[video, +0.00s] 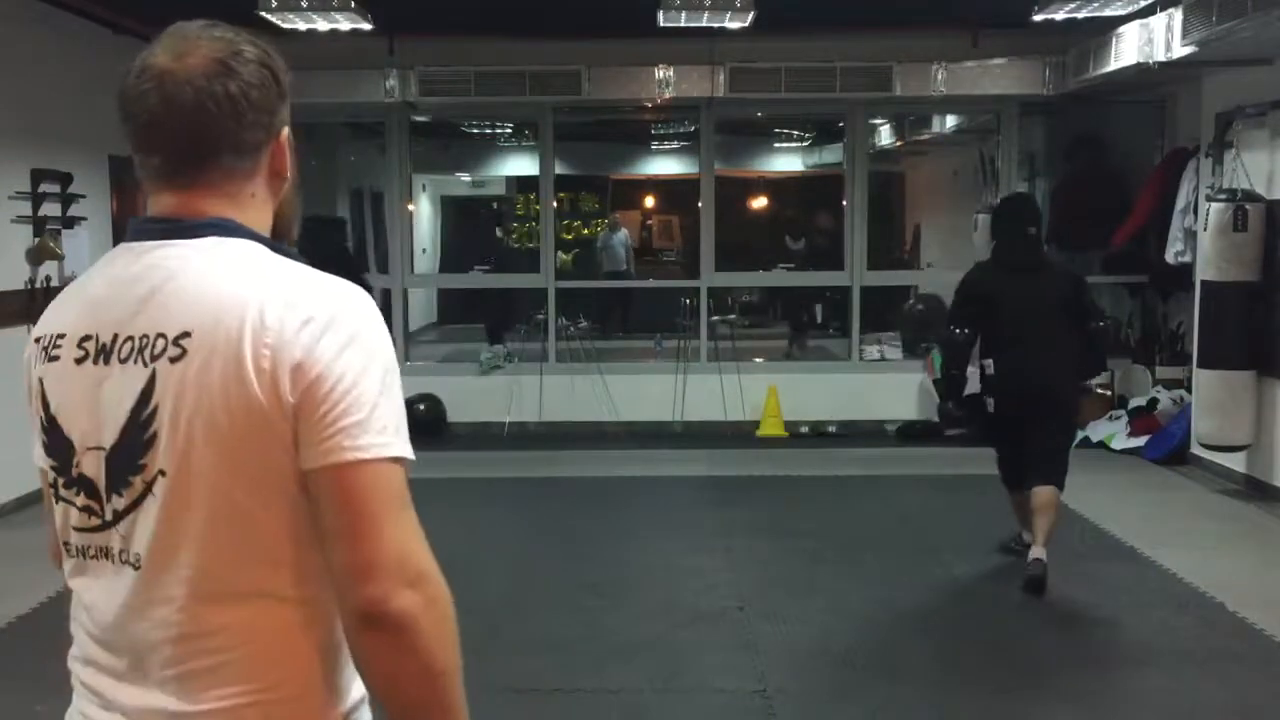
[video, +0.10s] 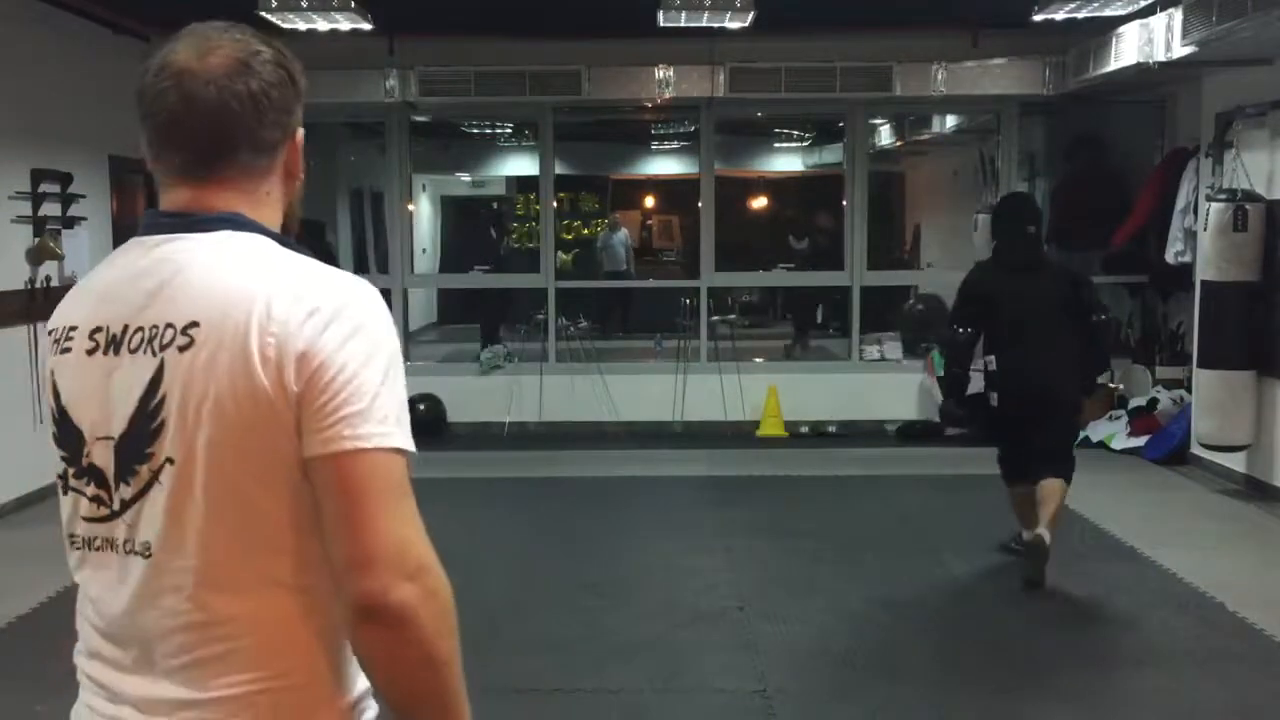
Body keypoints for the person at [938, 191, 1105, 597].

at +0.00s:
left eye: (1002, 228)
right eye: (1031, 228)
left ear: (997, 231)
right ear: (1037, 230)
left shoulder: (981, 278)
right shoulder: (1064, 276)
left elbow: (957, 342)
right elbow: (1093, 334)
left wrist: (954, 393)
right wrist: (1077, 373)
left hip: (1007, 385)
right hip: (1057, 385)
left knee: (1013, 465)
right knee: (1048, 468)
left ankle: (1029, 537)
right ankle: (1039, 550)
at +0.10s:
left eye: (1000, 228)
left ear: (997, 230)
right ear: (1038, 228)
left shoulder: (983, 277)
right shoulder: (1064, 274)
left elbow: (959, 340)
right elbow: (1096, 329)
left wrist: (956, 393)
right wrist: (1087, 376)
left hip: (1010, 382)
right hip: (1060, 382)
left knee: (1015, 460)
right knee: (1058, 459)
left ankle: (1029, 537)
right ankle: (1043, 529)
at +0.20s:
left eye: (1000, 225)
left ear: (1000, 227)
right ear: (1041, 224)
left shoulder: (985, 274)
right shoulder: (1068, 269)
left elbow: (964, 337)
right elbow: (1102, 324)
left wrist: (960, 391)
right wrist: (1088, 377)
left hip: (1012, 379)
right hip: (1058, 378)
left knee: (1015, 455)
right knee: (1063, 453)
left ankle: (1027, 535)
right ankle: (1049, 513)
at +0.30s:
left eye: (1002, 219)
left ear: (1002, 223)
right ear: (1044, 220)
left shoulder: (989, 269)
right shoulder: (1068, 262)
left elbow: (972, 330)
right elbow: (1097, 316)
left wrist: (969, 384)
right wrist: (1094, 367)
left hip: (1015, 373)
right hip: (1063, 370)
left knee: (1015, 453)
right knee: (1064, 439)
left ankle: (1029, 535)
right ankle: (1058, 512)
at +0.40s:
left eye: (1007, 220)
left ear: (1009, 221)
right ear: (1051, 217)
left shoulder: (999, 267)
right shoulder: (1074, 260)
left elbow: (977, 326)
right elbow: (1103, 314)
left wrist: (982, 371)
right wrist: (1098, 366)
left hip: (1021, 371)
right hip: (1068, 367)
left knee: (1018, 454)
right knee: (1064, 445)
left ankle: (1027, 534)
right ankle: (1074, 521)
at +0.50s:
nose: (1012, 229)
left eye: (1013, 222)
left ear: (1018, 223)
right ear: (1055, 217)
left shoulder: (1011, 266)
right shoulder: (1082, 257)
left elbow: (993, 322)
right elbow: (1105, 313)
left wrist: (989, 363)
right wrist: (1099, 361)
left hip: (1030, 368)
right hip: (1075, 364)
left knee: (1021, 446)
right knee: (1064, 437)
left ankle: (1028, 533)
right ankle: (1086, 521)